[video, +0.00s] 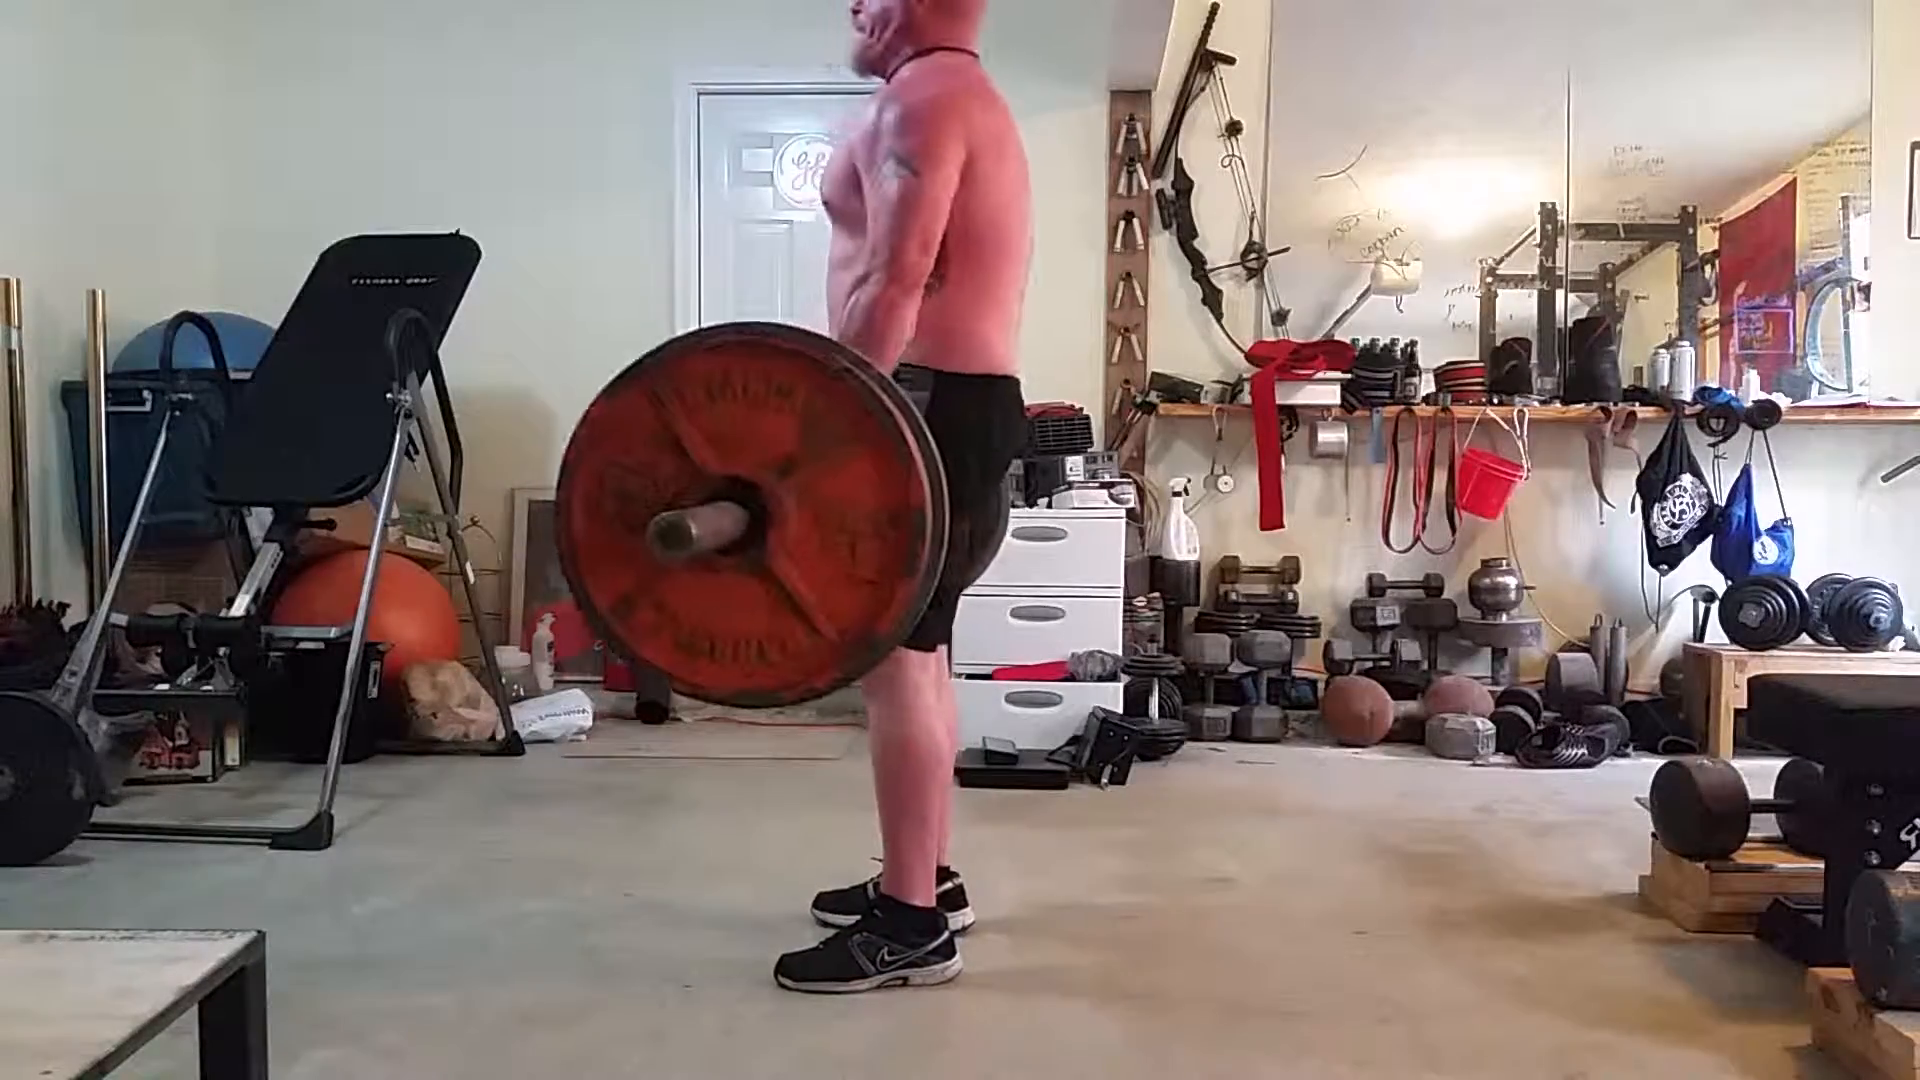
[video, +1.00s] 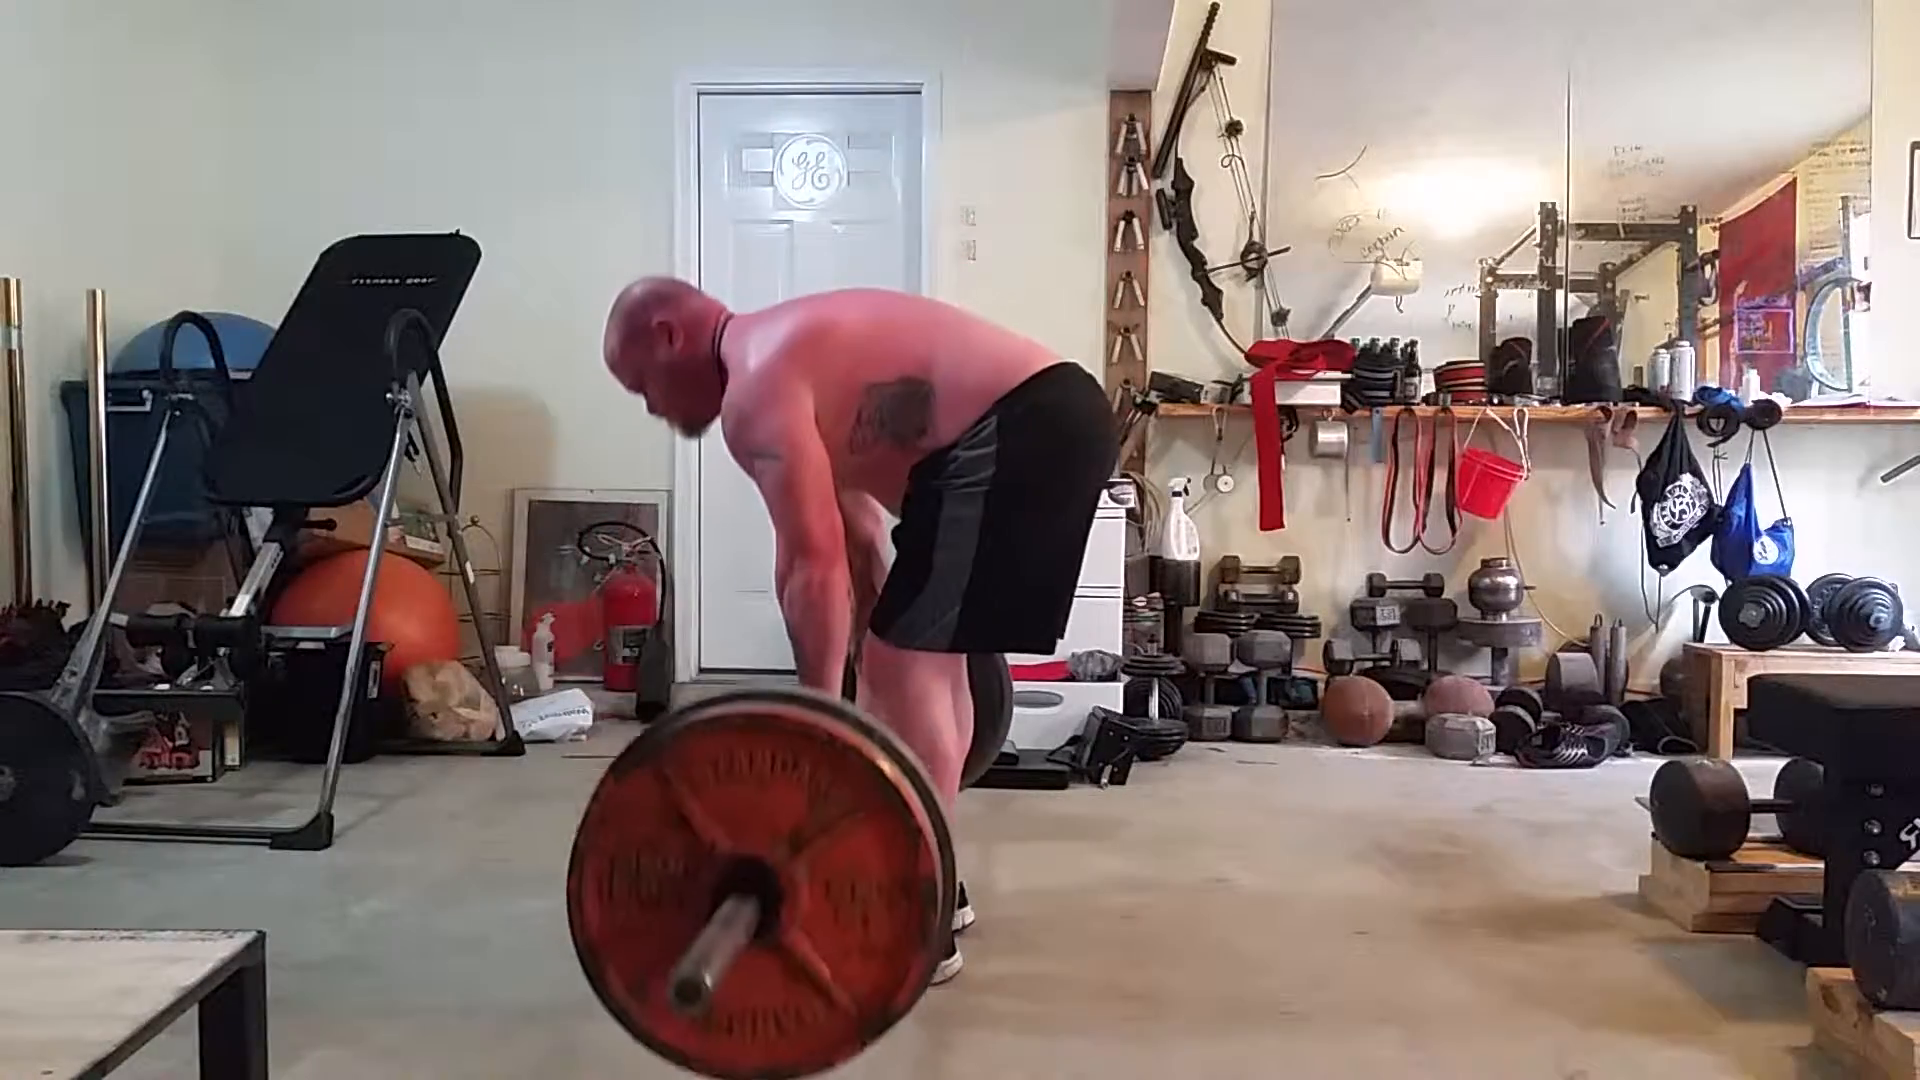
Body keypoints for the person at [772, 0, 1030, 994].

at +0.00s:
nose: (855, 11)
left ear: (913, 8)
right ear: (938, 15)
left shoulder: (928, 90)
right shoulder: (955, 94)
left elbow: (898, 280)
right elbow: (871, 283)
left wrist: (822, 428)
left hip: (933, 404)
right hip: (959, 404)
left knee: (896, 653)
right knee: (915, 650)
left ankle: (909, 919)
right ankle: (925, 880)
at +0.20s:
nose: (771, 35)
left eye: (786, 14)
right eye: (775, 17)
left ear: (838, 17)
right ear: (861, 23)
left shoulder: (864, 116)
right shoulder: (903, 110)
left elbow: (862, 302)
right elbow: (888, 302)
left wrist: (817, 468)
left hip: (933, 406)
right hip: (963, 406)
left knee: (888, 645)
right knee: (910, 644)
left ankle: (906, 919)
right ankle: (923, 876)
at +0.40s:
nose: (678, 155)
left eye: (682, 128)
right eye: (672, 135)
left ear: (734, 102)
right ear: (747, 105)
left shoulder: (800, 179)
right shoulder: (818, 169)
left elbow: (831, 358)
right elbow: (847, 356)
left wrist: (812, 532)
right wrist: (811, 529)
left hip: (958, 403)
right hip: (968, 399)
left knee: (909, 647)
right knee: (920, 645)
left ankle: (910, 912)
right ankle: (918, 876)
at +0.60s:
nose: (652, 268)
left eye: (647, 243)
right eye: (642, 253)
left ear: (684, 198)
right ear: (692, 196)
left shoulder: (769, 259)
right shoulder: (778, 258)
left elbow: (820, 442)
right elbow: (826, 452)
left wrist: (812, 612)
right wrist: (824, 607)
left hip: (985, 416)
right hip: (955, 425)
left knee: (909, 671)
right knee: (913, 664)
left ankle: (908, 916)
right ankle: (923, 878)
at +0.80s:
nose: (651, 352)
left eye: (642, 328)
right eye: (638, 336)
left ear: (673, 280)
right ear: (685, 274)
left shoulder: (762, 331)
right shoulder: (774, 319)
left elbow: (815, 512)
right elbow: (863, 515)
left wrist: (813, 678)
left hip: (1008, 421)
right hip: (1013, 416)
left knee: (905, 664)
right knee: (930, 665)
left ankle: (910, 921)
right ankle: (921, 887)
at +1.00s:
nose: (649, 408)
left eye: (641, 387)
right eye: (637, 395)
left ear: (673, 337)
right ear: (680, 332)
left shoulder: (760, 392)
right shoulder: (781, 364)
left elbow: (812, 565)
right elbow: (861, 544)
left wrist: (812, 732)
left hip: (1016, 430)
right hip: (1036, 420)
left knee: (897, 658)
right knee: (922, 657)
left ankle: (920, 910)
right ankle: (929, 890)